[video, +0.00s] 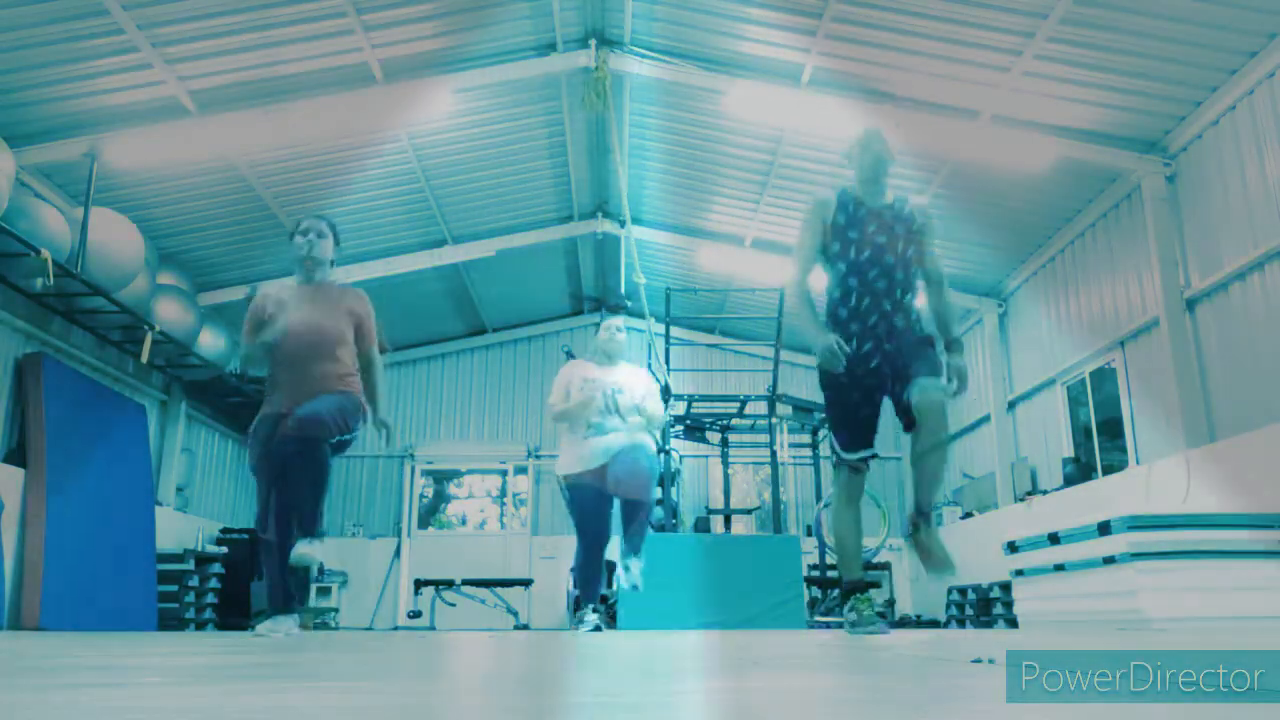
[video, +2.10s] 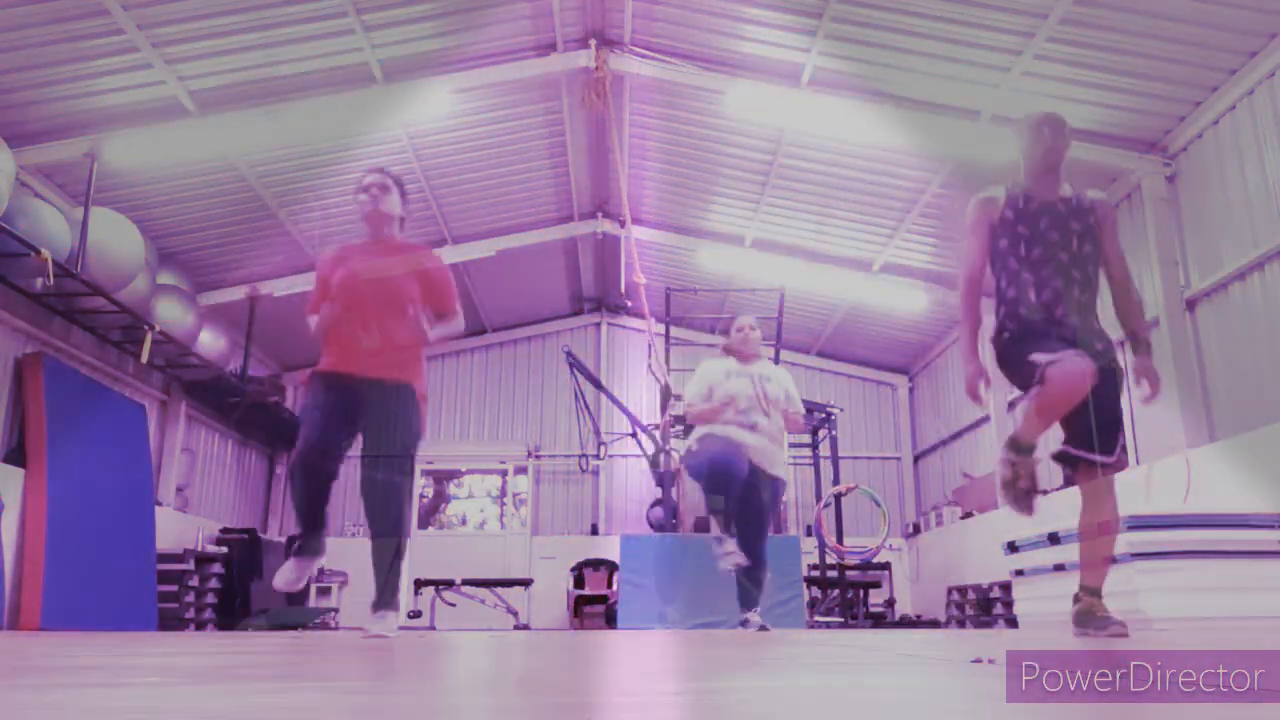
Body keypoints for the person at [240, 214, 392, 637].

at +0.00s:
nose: (310, 242)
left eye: (319, 236)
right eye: (303, 235)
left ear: (334, 249)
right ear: (292, 247)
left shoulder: (354, 299)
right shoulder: (269, 297)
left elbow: (371, 362)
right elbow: (245, 360)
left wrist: (377, 412)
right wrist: (264, 334)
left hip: (338, 398)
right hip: (279, 405)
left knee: (303, 429)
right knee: (273, 509)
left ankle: (307, 535)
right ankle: (282, 612)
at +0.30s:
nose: (322, 231)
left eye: (333, 226)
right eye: (315, 226)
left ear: (349, 244)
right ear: (304, 238)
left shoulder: (363, 296)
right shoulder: (274, 289)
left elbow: (386, 358)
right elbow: (252, 349)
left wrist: (375, 390)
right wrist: (251, 384)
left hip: (330, 418)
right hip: (272, 418)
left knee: (308, 495)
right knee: (283, 510)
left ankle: (302, 609)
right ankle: (307, 602)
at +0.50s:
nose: (318, 209)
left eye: (329, 204)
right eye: (311, 203)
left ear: (347, 219)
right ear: (300, 215)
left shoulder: (363, 266)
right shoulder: (280, 267)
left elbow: (396, 327)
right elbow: (265, 330)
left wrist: (358, 337)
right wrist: (244, 365)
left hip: (339, 401)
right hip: (280, 396)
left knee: (320, 504)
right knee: (255, 472)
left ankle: (305, 608)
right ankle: (284, 558)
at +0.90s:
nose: (300, 203)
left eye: (312, 198)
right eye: (294, 197)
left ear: (333, 215)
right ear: (285, 210)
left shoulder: (350, 263)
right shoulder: (265, 261)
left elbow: (380, 328)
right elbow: (262, 323)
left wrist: (344, 342)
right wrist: (234, 352)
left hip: (331, 397)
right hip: (270, 389)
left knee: (335, 499)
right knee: (243, 461)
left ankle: (343, 605)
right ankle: (241, 573)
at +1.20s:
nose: (277, 200)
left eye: (287, 195)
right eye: (269, 195)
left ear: (304, 210)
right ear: (257, 210)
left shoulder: (329, 261)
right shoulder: (237, 262)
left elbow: (364, 318)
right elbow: (202, 328)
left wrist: (358, 331)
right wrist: (216, 333)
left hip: (317, 391)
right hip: (254, 393)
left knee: (317, 459)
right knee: (233, 495)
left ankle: (320, 552)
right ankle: (219, 607)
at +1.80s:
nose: (326, 221)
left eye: (335, 214)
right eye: (319, 214)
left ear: (352, 227)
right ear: (308, 226)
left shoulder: (376, 283)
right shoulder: (289, 283)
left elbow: (411, 344)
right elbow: (264, 352)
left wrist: (388, 337)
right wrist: (281, 350)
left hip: (365, 409)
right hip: (303, 411)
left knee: (367, 505)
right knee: (289, 512)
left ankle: (365, 611)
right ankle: (281, 611)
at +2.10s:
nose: (373, 197)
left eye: (383, 190)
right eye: (365, 191)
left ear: (401, 203)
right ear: (355, 203)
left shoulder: (422, 258)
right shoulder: (333, 259)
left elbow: (455, 321)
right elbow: (313, 328)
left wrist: (424, 332)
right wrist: (326, 313)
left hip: (394, 382)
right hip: (336, 378)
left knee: (386, 486)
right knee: (309, 458)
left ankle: (387, 605)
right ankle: (309, 548)